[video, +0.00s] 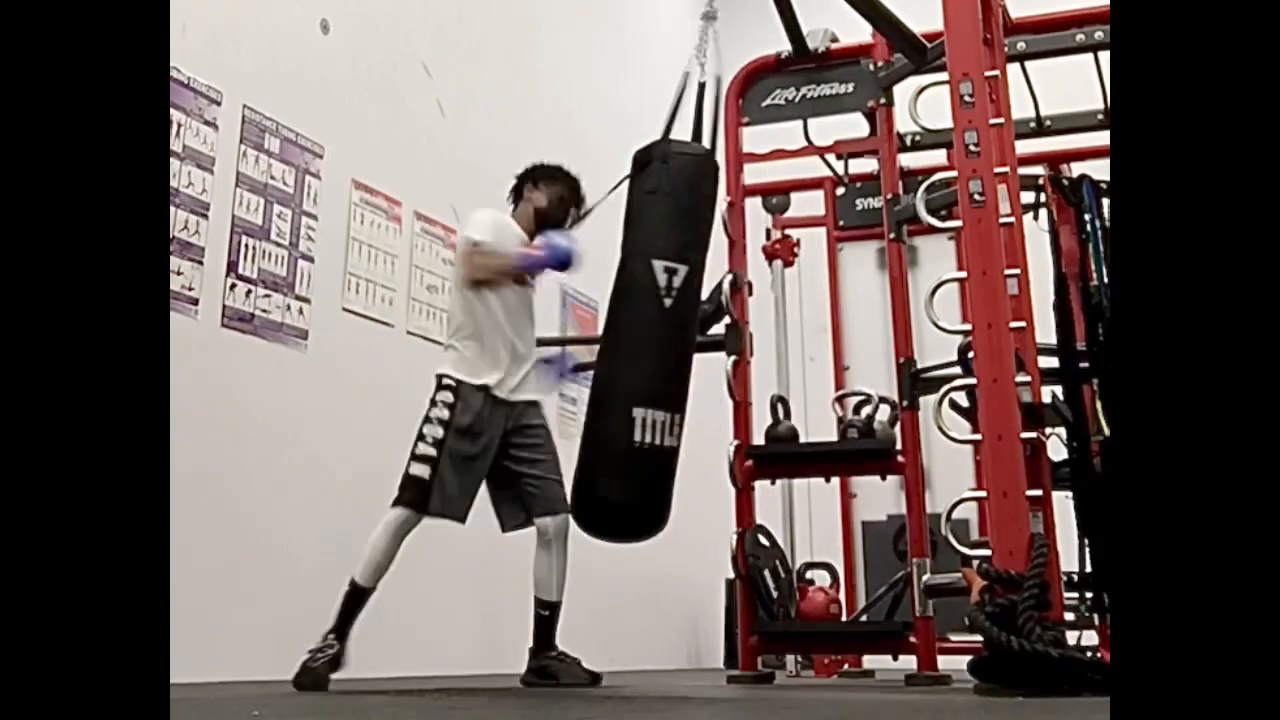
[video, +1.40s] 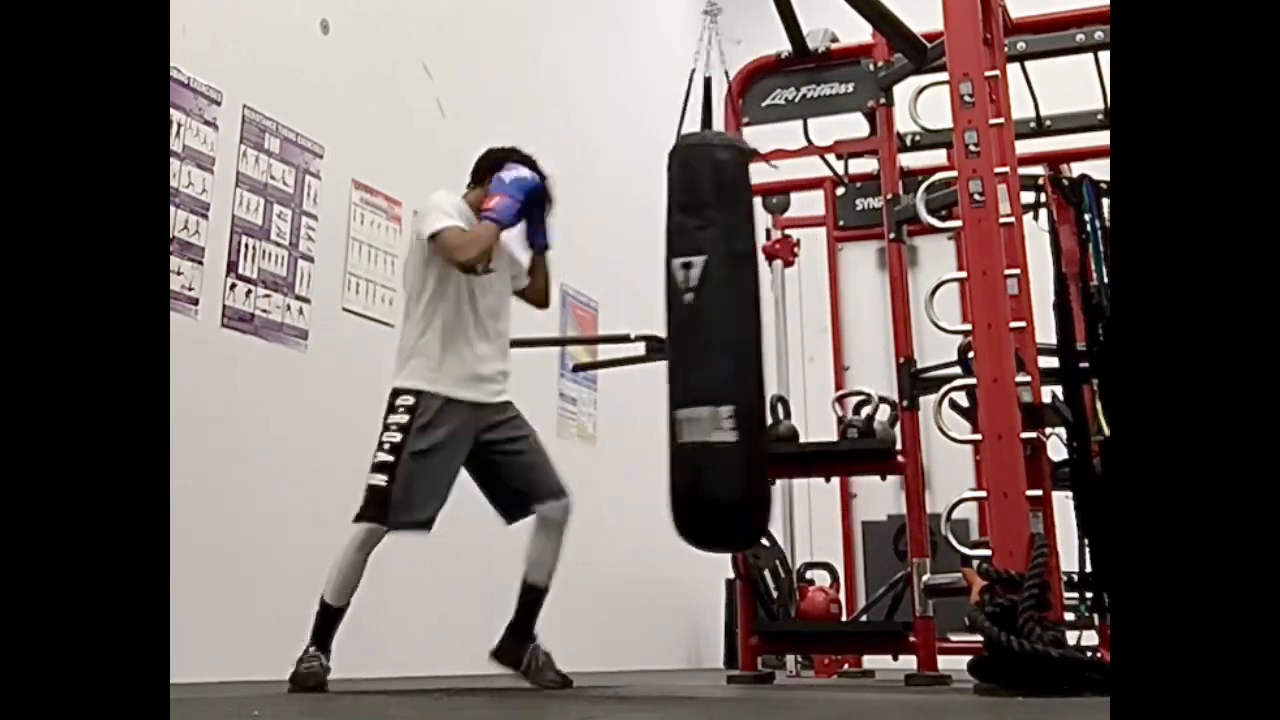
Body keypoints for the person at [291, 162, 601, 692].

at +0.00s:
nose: (557, 220)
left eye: (563, 215)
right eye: (554, 206)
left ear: (557, 218)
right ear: (528, 190)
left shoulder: (529, 257)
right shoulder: (487, 221)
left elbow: (510, 343)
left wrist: (563, 359)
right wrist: (540, 258)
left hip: (520, 400)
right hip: (467, 390)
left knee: (553, 522)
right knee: (407, 513)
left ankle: (544, 654)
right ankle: (334, 642)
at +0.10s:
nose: (559, 216)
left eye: (567, 210)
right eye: (556, 203)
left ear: (566, 210)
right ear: (531, 186)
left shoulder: (557, 252)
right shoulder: (480, 227)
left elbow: (584, 310)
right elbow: (397, 261)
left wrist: (614, 292)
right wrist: (450, 237)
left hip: (532, 396)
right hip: (471, 382)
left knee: (549, 519)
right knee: (410, 503)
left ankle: (545, 653)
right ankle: (355, 636)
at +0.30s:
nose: (525, 213)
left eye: (534, 207)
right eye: (521, 201)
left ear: (528, 209)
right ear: (496, 192)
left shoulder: (520, 254)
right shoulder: (457, 211)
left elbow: (549, 312)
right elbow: (467, 256)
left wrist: (558, 248)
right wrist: (514, 213)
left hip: (501, 397)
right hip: (446, 388)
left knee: (547, 511)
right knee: (409, 522)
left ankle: (540, 648)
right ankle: (373, 652)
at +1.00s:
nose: (582, 192)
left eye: (587, 187)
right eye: (582, 181)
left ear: (567, 175)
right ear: (560, 161)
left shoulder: (550, 228)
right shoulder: (515, 184)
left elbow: (567, 285)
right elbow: (518, 242)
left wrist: (624, 251)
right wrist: (573, 214)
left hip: (548, 373)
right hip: (503, 358)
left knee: (588, 505)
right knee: (473, 492)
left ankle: (564, 649)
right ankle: (373, 627)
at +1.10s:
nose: (559, 184)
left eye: (562, 177)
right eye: (557, 172)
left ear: (532, 164)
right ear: (536, 159)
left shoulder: (518, 215)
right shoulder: (503, 182)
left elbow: (550, 281)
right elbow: (578, 224)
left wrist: (552, 221)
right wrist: (587, 181)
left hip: (521, 379)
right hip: (478, 371)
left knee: (555, 509)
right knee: (439, 514)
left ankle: (561, 654)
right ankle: (364, 647)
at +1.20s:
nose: (541, 185)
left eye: (545, 179)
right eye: (541, 174)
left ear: (518, 160)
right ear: (520, 156)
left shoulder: (497, 206)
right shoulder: (475, 177)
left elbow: (501, 291)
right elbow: (495, 246)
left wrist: (530, 228)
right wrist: (543, 207)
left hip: (495, 371)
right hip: (448, 361)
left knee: (533, 495)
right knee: (412, 502)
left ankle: (519, 639)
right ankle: (351, 645)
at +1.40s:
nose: (512, 203)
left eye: (520, 197)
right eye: (509, 191)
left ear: (512, 201)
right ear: (483, 184)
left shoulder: (504, 249)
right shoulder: (438, 206)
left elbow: (539, 298)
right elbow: (467, 253)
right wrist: (504, 208)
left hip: (490, 399)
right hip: (427, 393)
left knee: (555, 507)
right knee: (372, 524)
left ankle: (518, 639)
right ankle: (317, 651)